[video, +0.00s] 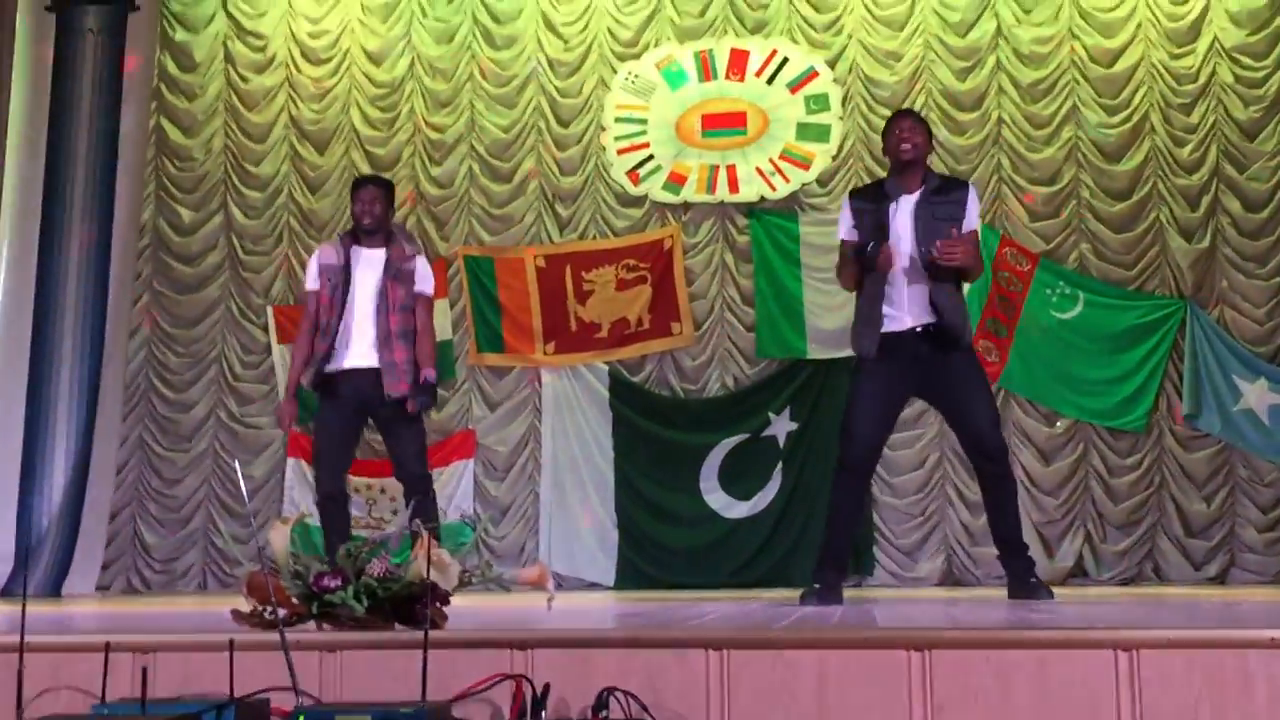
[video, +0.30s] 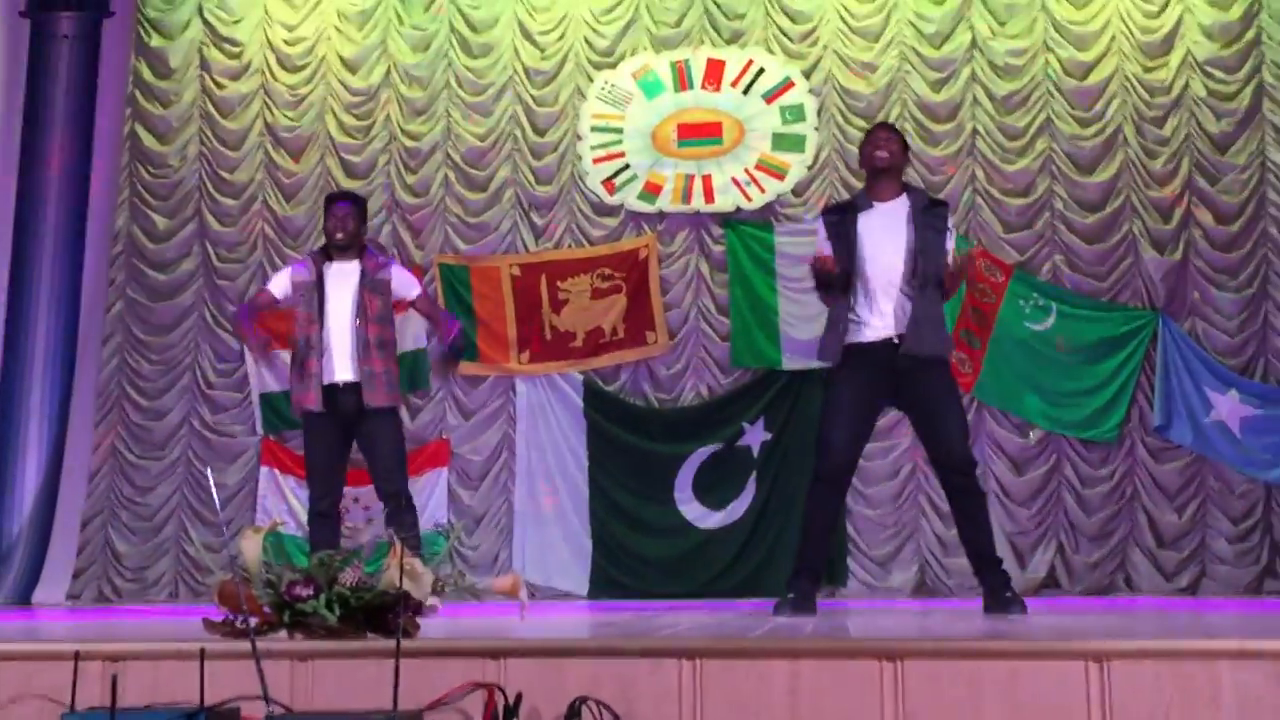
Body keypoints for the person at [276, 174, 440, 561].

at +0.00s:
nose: (367, 209)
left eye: (375, 202)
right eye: (361, 202)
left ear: (390, 208)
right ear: (350, 208)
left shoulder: (412, 261)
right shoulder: (326, 257)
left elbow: (423, 326)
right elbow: (307, 329)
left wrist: (428, 377)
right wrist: (290, 392)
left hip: (395, 385)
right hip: (340, 386)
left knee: (415, 478)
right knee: (328, 483)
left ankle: (431, 568)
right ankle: (338, 572)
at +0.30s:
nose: (339, 225)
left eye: (348, 219)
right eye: (333, 219)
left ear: (363, 226)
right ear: (323, 225)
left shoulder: (386, 271)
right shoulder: (300, 273)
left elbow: (439, 318)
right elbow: (244, 314)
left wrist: (447, 347)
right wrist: (266, 347)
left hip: (375, 399)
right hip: (321, 401)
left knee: (395, 492)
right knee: (323, 501)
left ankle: (414, 582)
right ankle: (322, 588)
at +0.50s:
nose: (339, 203)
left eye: (347, 196)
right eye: (332, 196)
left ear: (361, 204)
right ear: (322, 201)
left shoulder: (383, 252)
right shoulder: (296, 251)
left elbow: (416, 308)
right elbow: (289, 309)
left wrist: (441, 297)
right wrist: (245, 291)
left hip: (367, 375)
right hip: (312, 376)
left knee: (382, 469)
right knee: (309, 473)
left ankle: (396, 559)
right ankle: (303, 562)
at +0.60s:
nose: (349, 196)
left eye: (358, 189)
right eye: (343, 189)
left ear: (373, 195)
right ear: (335, 194)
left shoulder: (397, 245)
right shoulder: (311, 242)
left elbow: (403, 295)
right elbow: (307, 302)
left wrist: (352, 281)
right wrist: (351, 323)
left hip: (373, 364)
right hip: (320, 363)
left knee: (385, 459)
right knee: (305, 461)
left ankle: (394, 548)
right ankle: (301, 549)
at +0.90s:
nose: (408, 191)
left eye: (417, 184)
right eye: (403, 184)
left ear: (435, 187)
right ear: (395, 187)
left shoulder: (459, 238)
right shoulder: (373, 233)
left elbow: (467, 297)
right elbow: (346, 282)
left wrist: (417, 301)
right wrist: (381, 290)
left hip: (431, 358)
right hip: (377, 354)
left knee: (439, 451)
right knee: (354, 449)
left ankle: (440, 544)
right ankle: (342, 542)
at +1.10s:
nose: (421, 180)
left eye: (429, 174)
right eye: (416, 174)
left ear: (445, 183)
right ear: (408, 181)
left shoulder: (468, 231)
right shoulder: (389, 227)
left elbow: (481, 294)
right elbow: (331, 235)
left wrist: (439, 326)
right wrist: (360, 225)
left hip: (450, 354)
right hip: (394, 351)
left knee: (461, 451)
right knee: (373, 449)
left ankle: (464, 547)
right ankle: (350, 543)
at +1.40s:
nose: (405, 176)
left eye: (415, 171)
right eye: (400, 168)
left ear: (428, 183)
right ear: (389, 176)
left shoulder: (438, 241)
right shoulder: (359, 216)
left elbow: (419, 310)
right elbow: (346, 250)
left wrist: (384, 361)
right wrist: (364, 260)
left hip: (404, 345)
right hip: (351, 344)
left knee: (444, 409)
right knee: (334, 442)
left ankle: (458, 515)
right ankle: (334, 530)